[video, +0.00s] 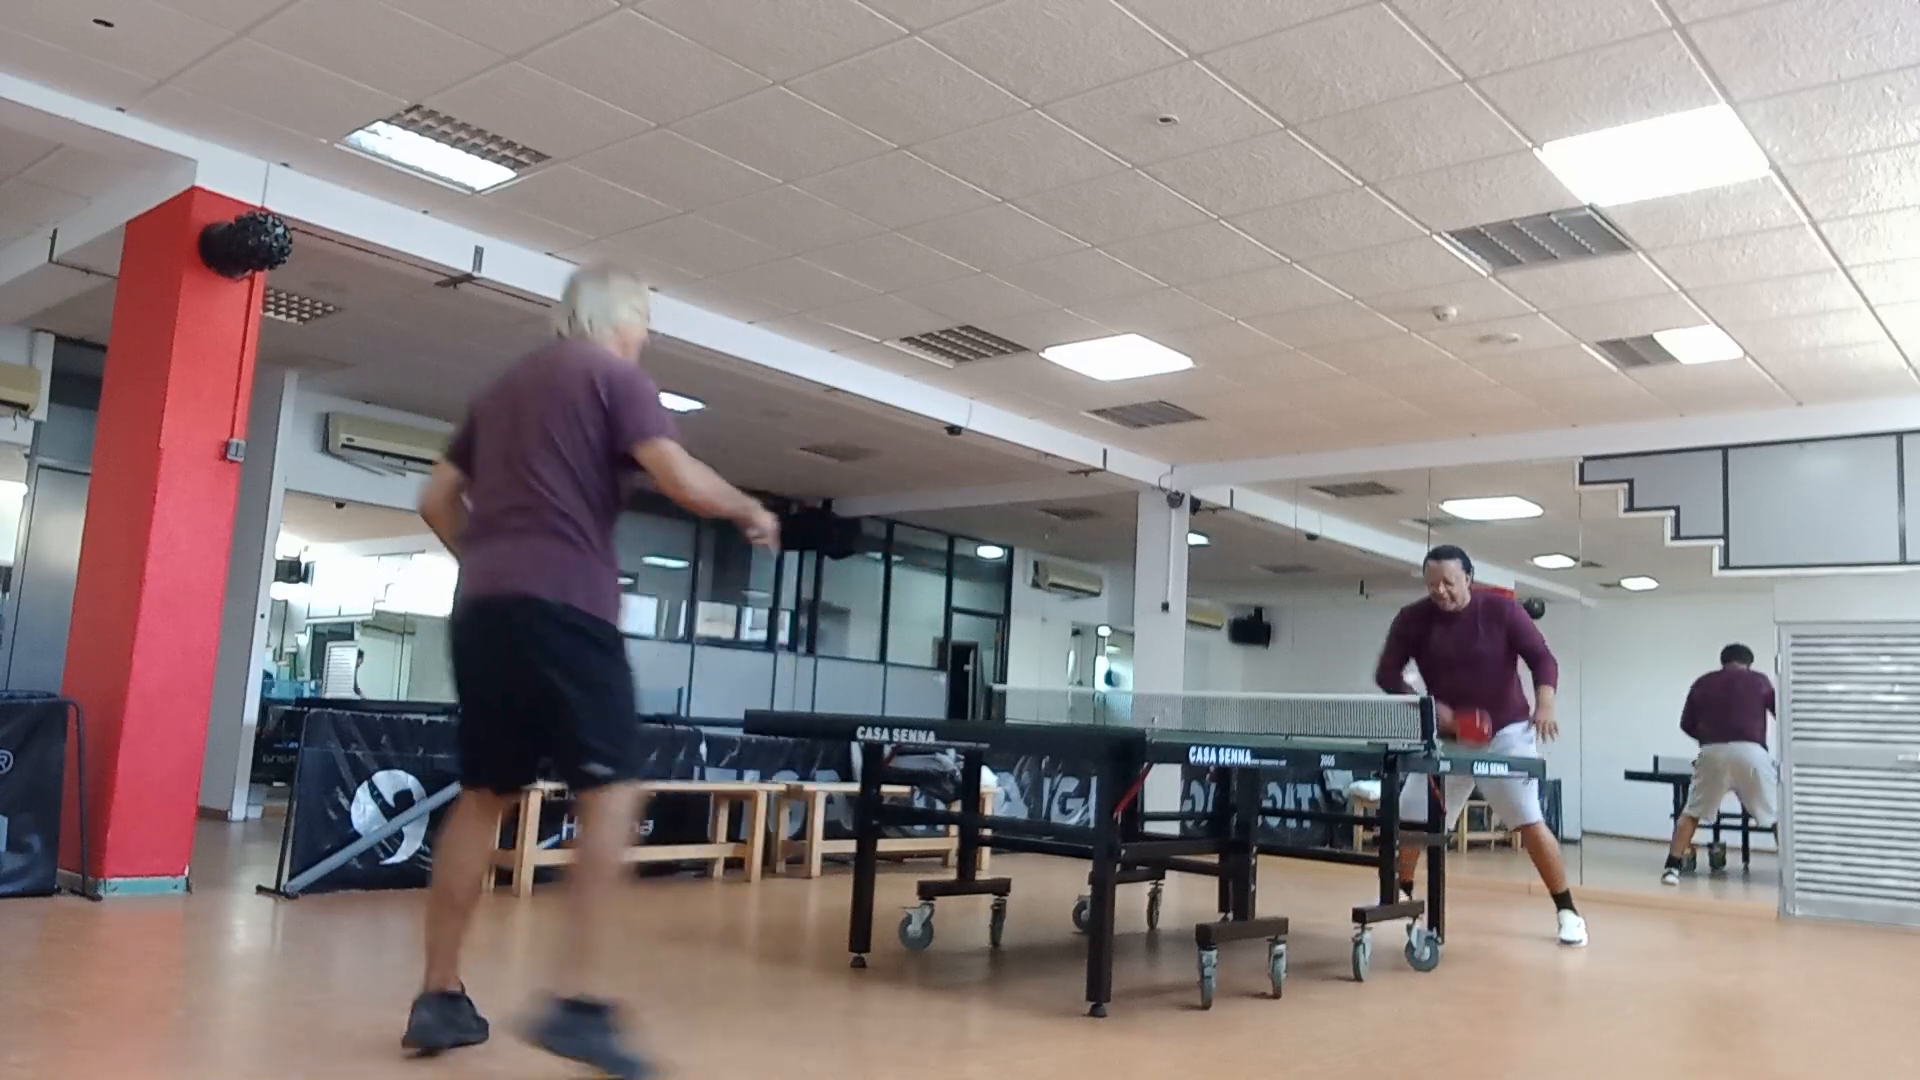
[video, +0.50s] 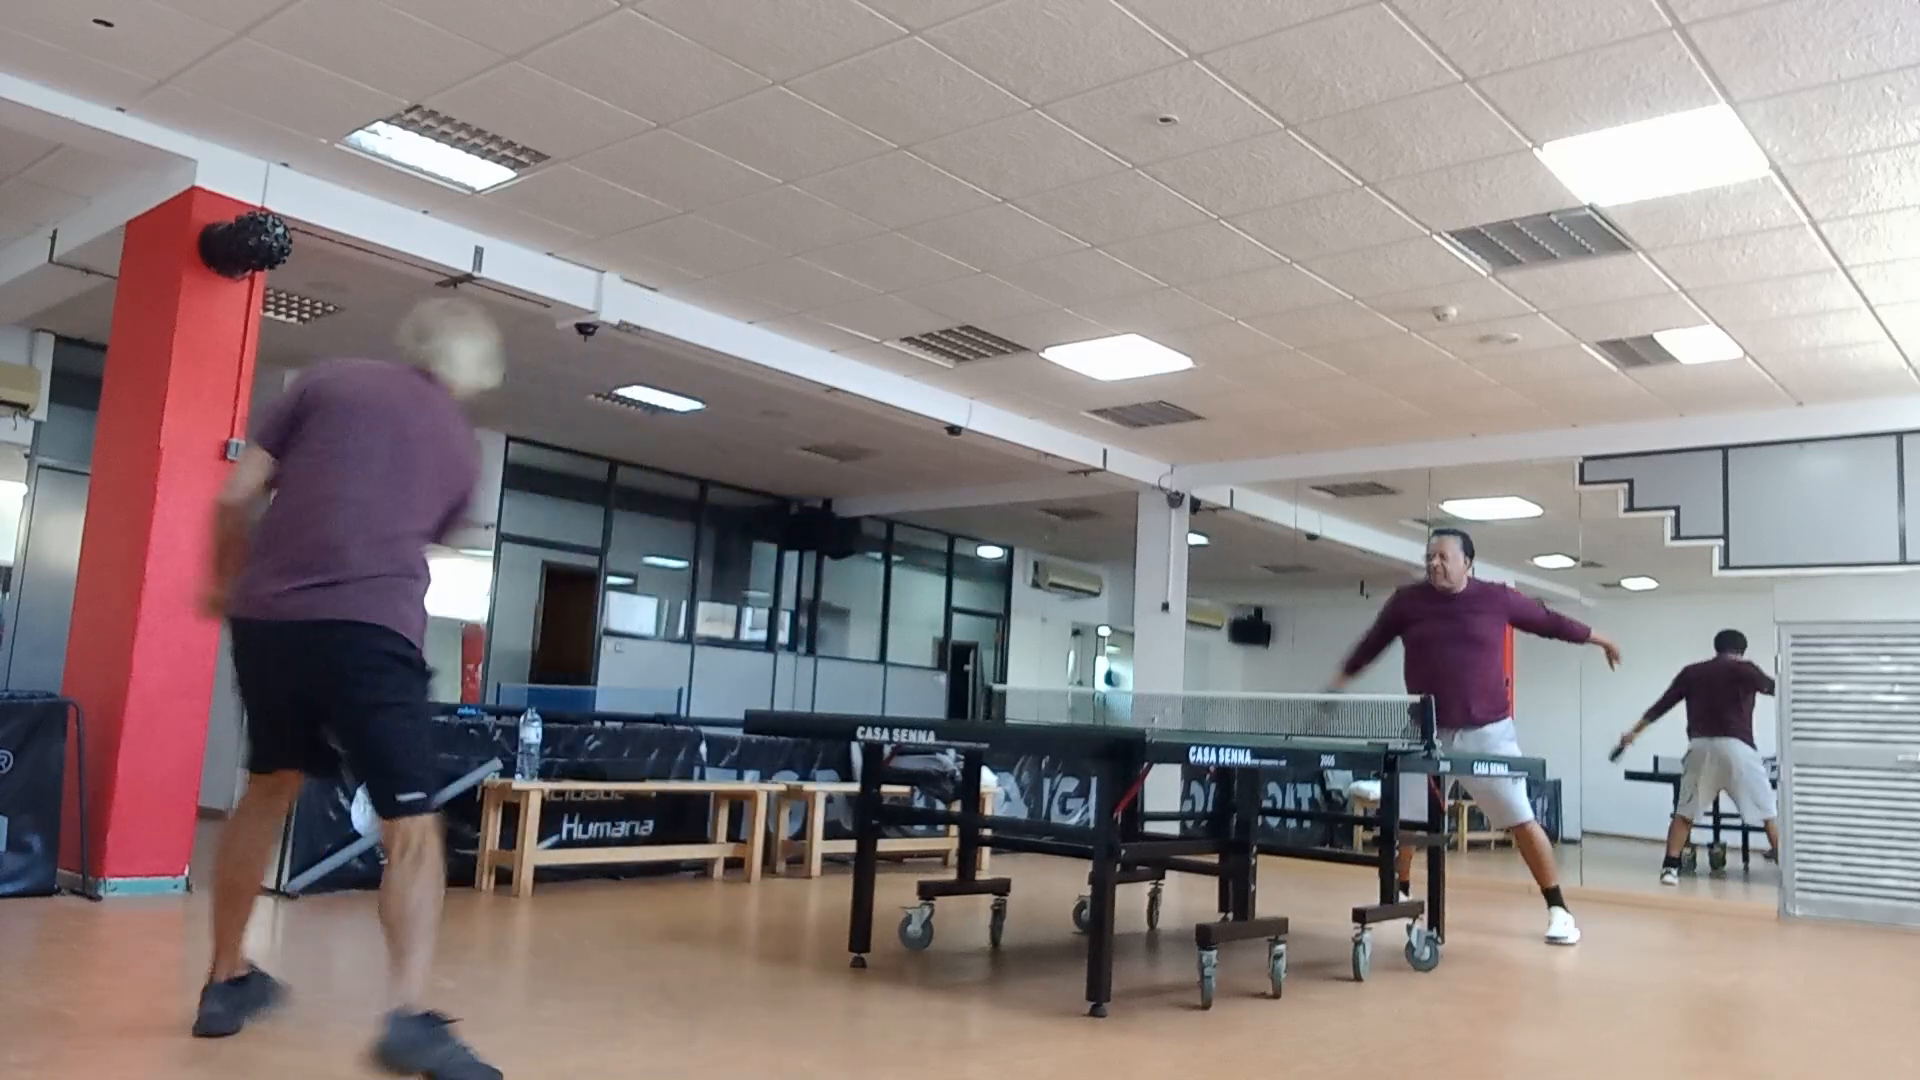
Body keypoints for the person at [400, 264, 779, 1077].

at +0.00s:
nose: (642, 344)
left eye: (643, 330)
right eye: (640, 329)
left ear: (567, 317)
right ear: (615, 319)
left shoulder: (502, 388)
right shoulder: (613, 374)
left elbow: (436, 500)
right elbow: (680, 479)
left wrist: (487, 563)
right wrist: (749, 509)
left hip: (481, 605)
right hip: (564, 605)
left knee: (484, 792)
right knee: (612, 788)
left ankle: (438, 998)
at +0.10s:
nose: (629, 316)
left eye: (631, 303)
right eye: (627, 300)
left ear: (558, 286)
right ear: (600, 291)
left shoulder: (480, 354)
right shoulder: (596, 350)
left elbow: (402, 460)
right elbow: (638, 470)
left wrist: (447, 535)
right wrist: (711, 516)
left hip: (441, 578)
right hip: (518, 580)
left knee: (433, 768)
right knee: (546, 765)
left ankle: (395, 967)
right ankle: (455, 982)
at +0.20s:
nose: (607, 336)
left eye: (610, 324)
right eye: (608, 322)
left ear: (534, 299)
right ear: (585, 311)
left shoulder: (456, 360)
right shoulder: (569, 366)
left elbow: (375, 470)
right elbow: (585, 489)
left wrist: (411, 544)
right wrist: (661, 543)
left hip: (395, 583)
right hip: (474, 596)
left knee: (378, 768)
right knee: (493, 789)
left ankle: (282, 964)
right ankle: (396, 1014)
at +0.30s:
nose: (585, 369)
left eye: (587, 353)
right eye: (585, 351)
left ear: (514, 336)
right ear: (555, 343)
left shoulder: (438, 396)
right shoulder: (524, 409)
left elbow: (354, 516)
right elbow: (503, 534)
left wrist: (452, 557)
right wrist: (583, 582)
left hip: (347, 622)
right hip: (423, 638)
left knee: (335, 804)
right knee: (480, 820)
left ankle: (208, 973)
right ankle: (382, 1037)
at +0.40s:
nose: (537, 396)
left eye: (542, 384)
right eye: (541, 384)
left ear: (468, 358)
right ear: (525, 374)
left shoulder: (382, 408)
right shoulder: (503, 439)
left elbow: (297, 514)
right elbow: (471, 583)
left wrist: (353, 573)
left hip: (305, 623)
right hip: (389, 637)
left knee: (320, 809)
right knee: (475, 815)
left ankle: (217, 982)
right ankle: (385, 1033)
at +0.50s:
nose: (478, 399)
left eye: (477, 386)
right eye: (479, 387)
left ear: (411, 346)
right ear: (467, 378)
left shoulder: (327, 381)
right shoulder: (459, 445)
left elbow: (236, 493)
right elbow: (439, 537)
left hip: (267, 623)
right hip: (370, 633)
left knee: (269, 786)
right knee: (413, 827)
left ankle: (225, 977)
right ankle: (410, 1013)